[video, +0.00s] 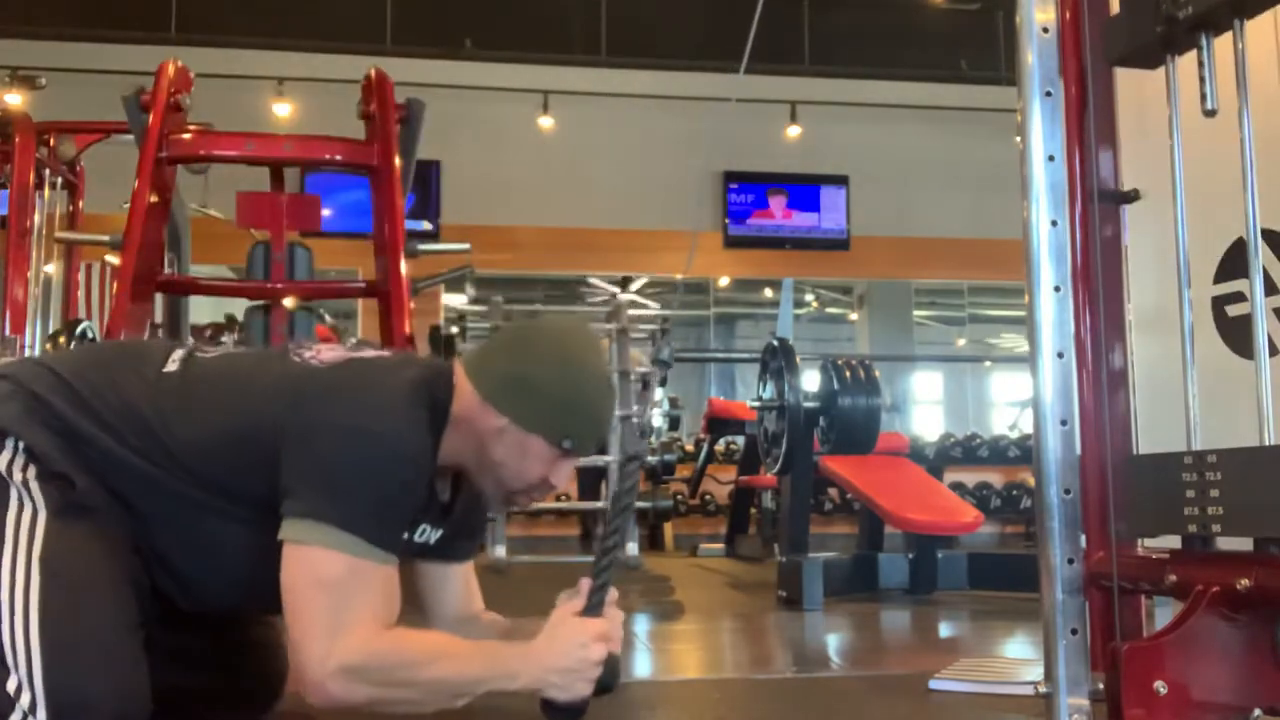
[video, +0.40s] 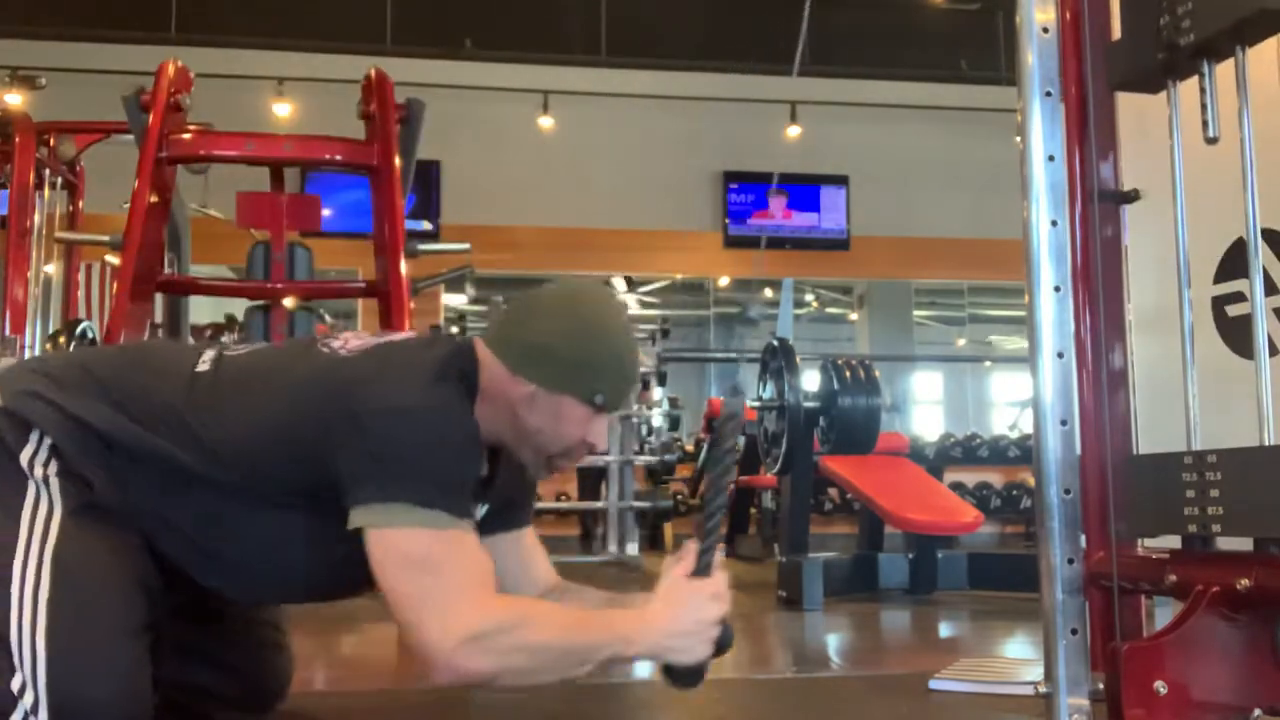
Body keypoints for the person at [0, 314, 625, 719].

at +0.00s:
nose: (564, 482)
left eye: (577, 461)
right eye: (563, 451)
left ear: (506, 417)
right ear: (505, 415)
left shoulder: (458, 464)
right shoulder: (369, 427)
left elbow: (455, 625)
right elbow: (336, 667)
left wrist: (549, 646)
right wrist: (528, 662)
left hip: (168, 500)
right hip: (46, 449)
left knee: (238, 685)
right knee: (82, 703)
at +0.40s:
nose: (600, 440)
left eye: (610, 416)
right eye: (595, 410)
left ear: (543, 395)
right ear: (528, 384)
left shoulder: (496, 441)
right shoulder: (410, 410)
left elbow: (534, 594)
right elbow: (460, 643)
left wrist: (654, 628)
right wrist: (649, 627)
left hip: (170, 497)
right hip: (55, 450)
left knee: (247, 677)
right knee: (80, 697)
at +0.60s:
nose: (630, 379)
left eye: (636, 357)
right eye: (619, 354)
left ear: (554, 339)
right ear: (545, 337)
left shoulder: (521, 396)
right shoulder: (447, 367)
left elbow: (591, 541)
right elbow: (555, 575)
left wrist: (737, 537)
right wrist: (737, 549)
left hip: (206, 502)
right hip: (82, 447)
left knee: (250, 679)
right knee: (83, 696)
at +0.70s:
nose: (635, 347)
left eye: (638, 323)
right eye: (623, 319)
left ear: (566, 309)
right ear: (549, 301)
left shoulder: (521, 369)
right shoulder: (457, 329)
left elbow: (608, 500)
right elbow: (605, 519)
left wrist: (755, 488)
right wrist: (778, 487)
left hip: (196, 498)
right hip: (84, 445)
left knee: (253, 674)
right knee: (81, 694)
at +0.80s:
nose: (636, 300)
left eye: (638, 278)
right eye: (625, 275)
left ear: (554, 265)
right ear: (555, 264)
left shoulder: (511, 329)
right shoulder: (465, 299)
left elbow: (630, 442)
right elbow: (645, 459)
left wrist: (783, 429)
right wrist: (818, 415)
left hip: (188, 493)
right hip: (85, 438)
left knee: (252, 670)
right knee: (78, 695)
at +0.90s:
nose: (639, 260)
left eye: (639, 237)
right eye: (626, 235)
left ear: (554, 229)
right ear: (558, 223)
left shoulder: (512, 311)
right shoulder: (465, 260)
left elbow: (664, 395)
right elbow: (667, 380)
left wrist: (811, 349)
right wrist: (839, 335)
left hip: (211, 498)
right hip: (100, 433)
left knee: (253, 682)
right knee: (78, 702)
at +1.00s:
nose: (632, 212)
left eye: (628, 185)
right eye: (616, 187)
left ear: (555, 192)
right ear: (556, 186)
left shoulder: (521, 273)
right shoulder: (466, 223)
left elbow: (674, 305)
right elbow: (688, 316)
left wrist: (830, 251)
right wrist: (846, 248)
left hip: (230, 506)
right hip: (114, 435)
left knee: (249, 688)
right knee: (77, 699)